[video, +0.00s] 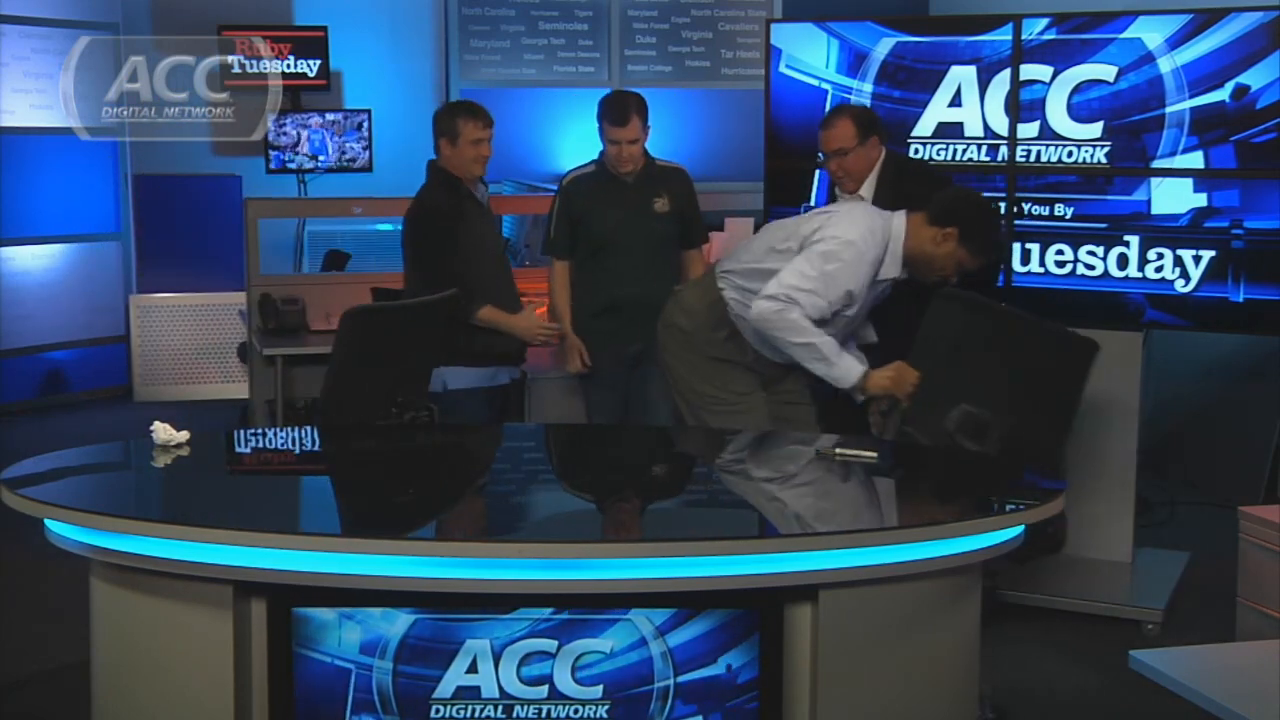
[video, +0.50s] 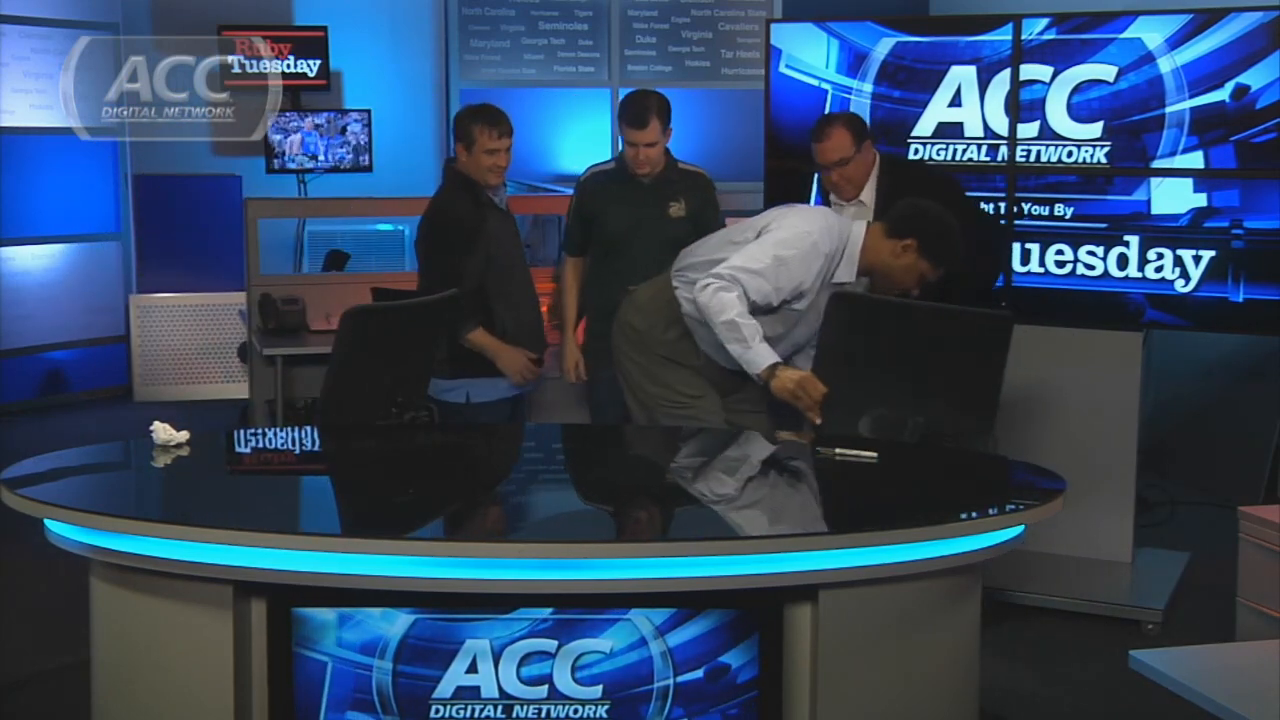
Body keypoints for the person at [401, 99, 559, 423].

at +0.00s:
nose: (486, 152)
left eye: (488, 142)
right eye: (476, 143)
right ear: (446, 147)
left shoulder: (472, 199)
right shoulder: (433, 205)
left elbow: (485, 280)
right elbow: (443, 295)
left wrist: (520, 316)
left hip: (493, 364)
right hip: (459, 369)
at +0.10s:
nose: (493, 155)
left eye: (495, 145)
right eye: (482, 146)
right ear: (452, 149)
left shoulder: (474, 198)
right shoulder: (442, 204)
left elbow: (490, 281)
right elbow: (454, 297)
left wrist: (527, 318)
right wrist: (520, 329)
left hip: (496, 369)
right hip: (465, 375)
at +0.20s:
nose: (497, 156)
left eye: (500, 146)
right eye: (486, 148)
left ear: (505, 144)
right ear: (457, 149)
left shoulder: (478, 199)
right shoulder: (447, 205)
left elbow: (489, 284)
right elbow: (456, 296)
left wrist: (528, 324)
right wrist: (519, 333)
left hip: (498, 372)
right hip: (469, 379)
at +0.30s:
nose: (500, 158)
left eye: (504, 148)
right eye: (489, 150)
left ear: (509, 146)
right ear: (459, 151)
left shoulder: (482, 201)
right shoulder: (451, 208)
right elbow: (457, 302)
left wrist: (524, 333)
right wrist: (516, 339)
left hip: (500, 378)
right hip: (471, 384)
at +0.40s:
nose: (502, 160)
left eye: (506, 150)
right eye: (491, 152)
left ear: (511, 147)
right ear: (461, 151)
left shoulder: (485, 202)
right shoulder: (452, 209)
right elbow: (451, 304)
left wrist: (521, 341)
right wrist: (508, 345)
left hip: (501, 381)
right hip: (471, 385)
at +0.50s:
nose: (502, 161)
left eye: (507, 151)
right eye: (491, 153)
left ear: (512, 147)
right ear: (462, 152)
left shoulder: (486, 204)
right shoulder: (451, 210)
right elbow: (443, 305)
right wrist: (500, 352)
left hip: (499, 384)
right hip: (471, 388)